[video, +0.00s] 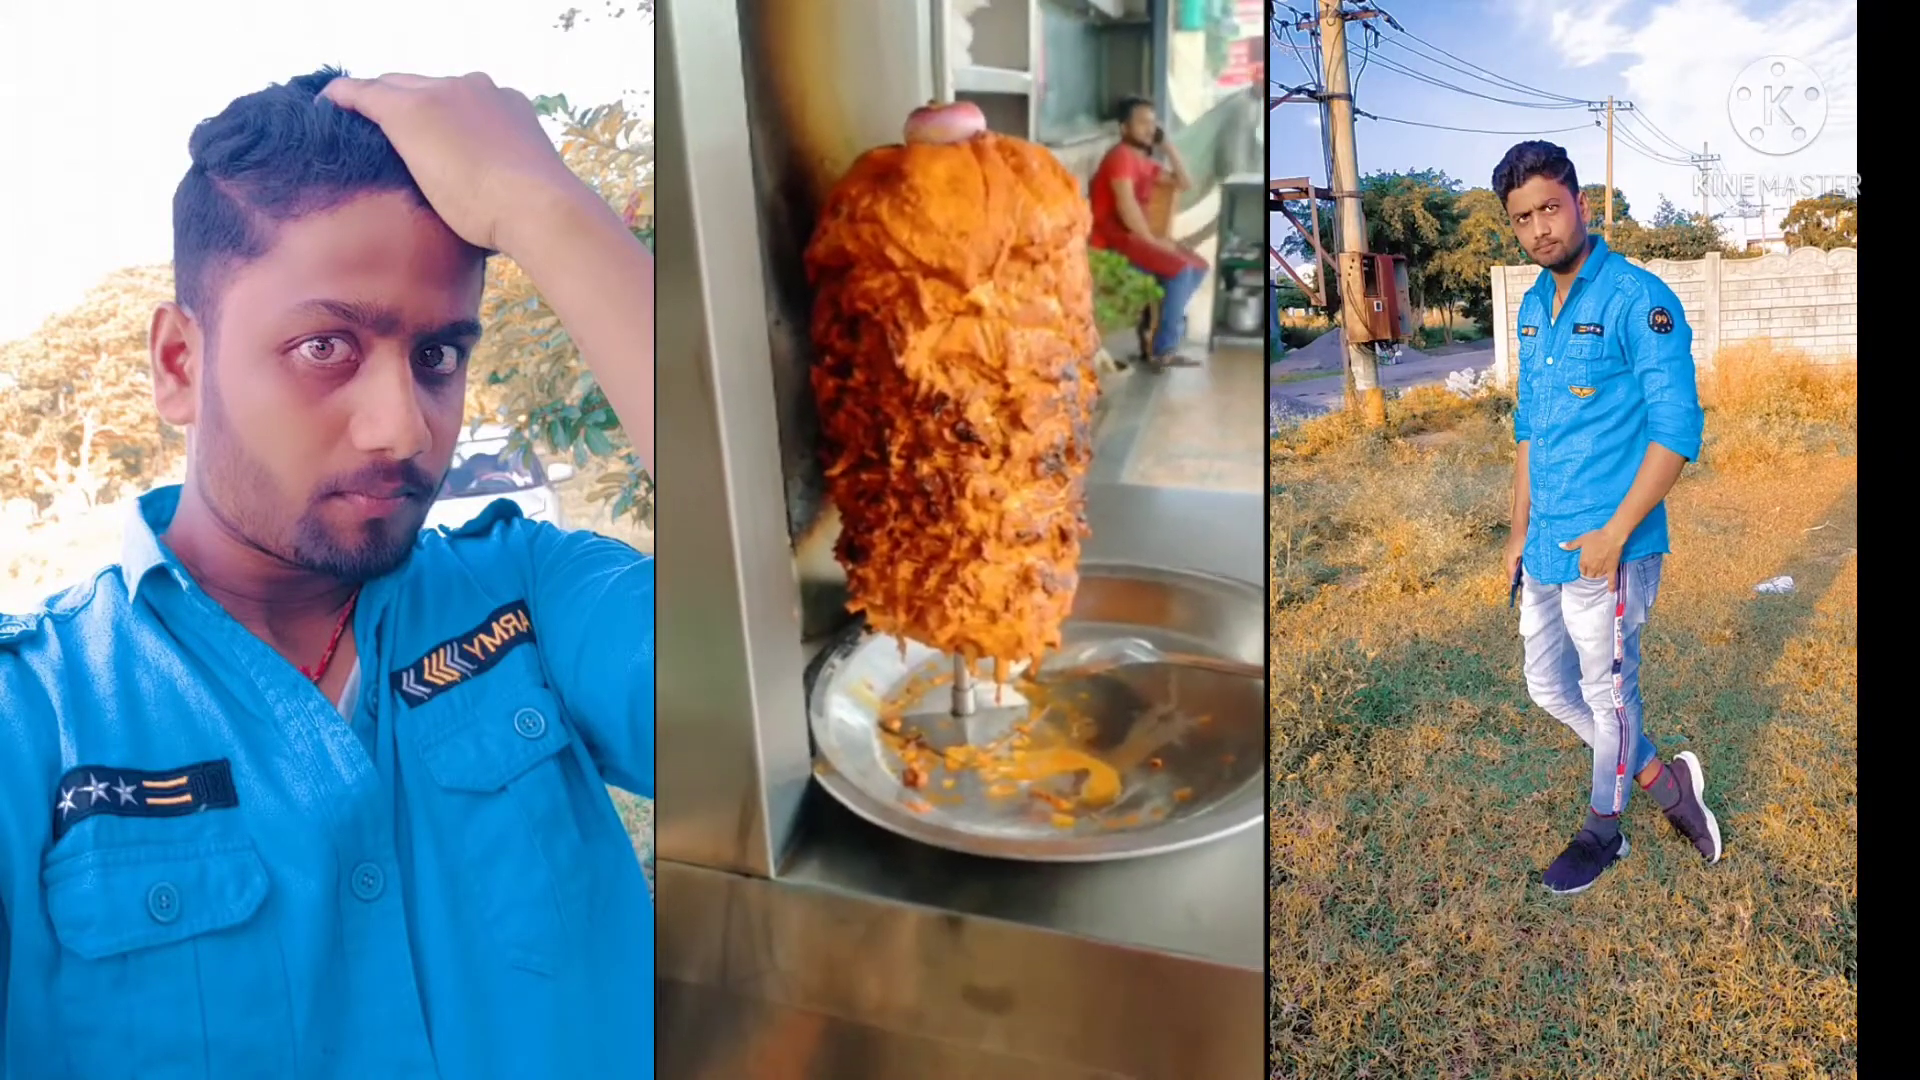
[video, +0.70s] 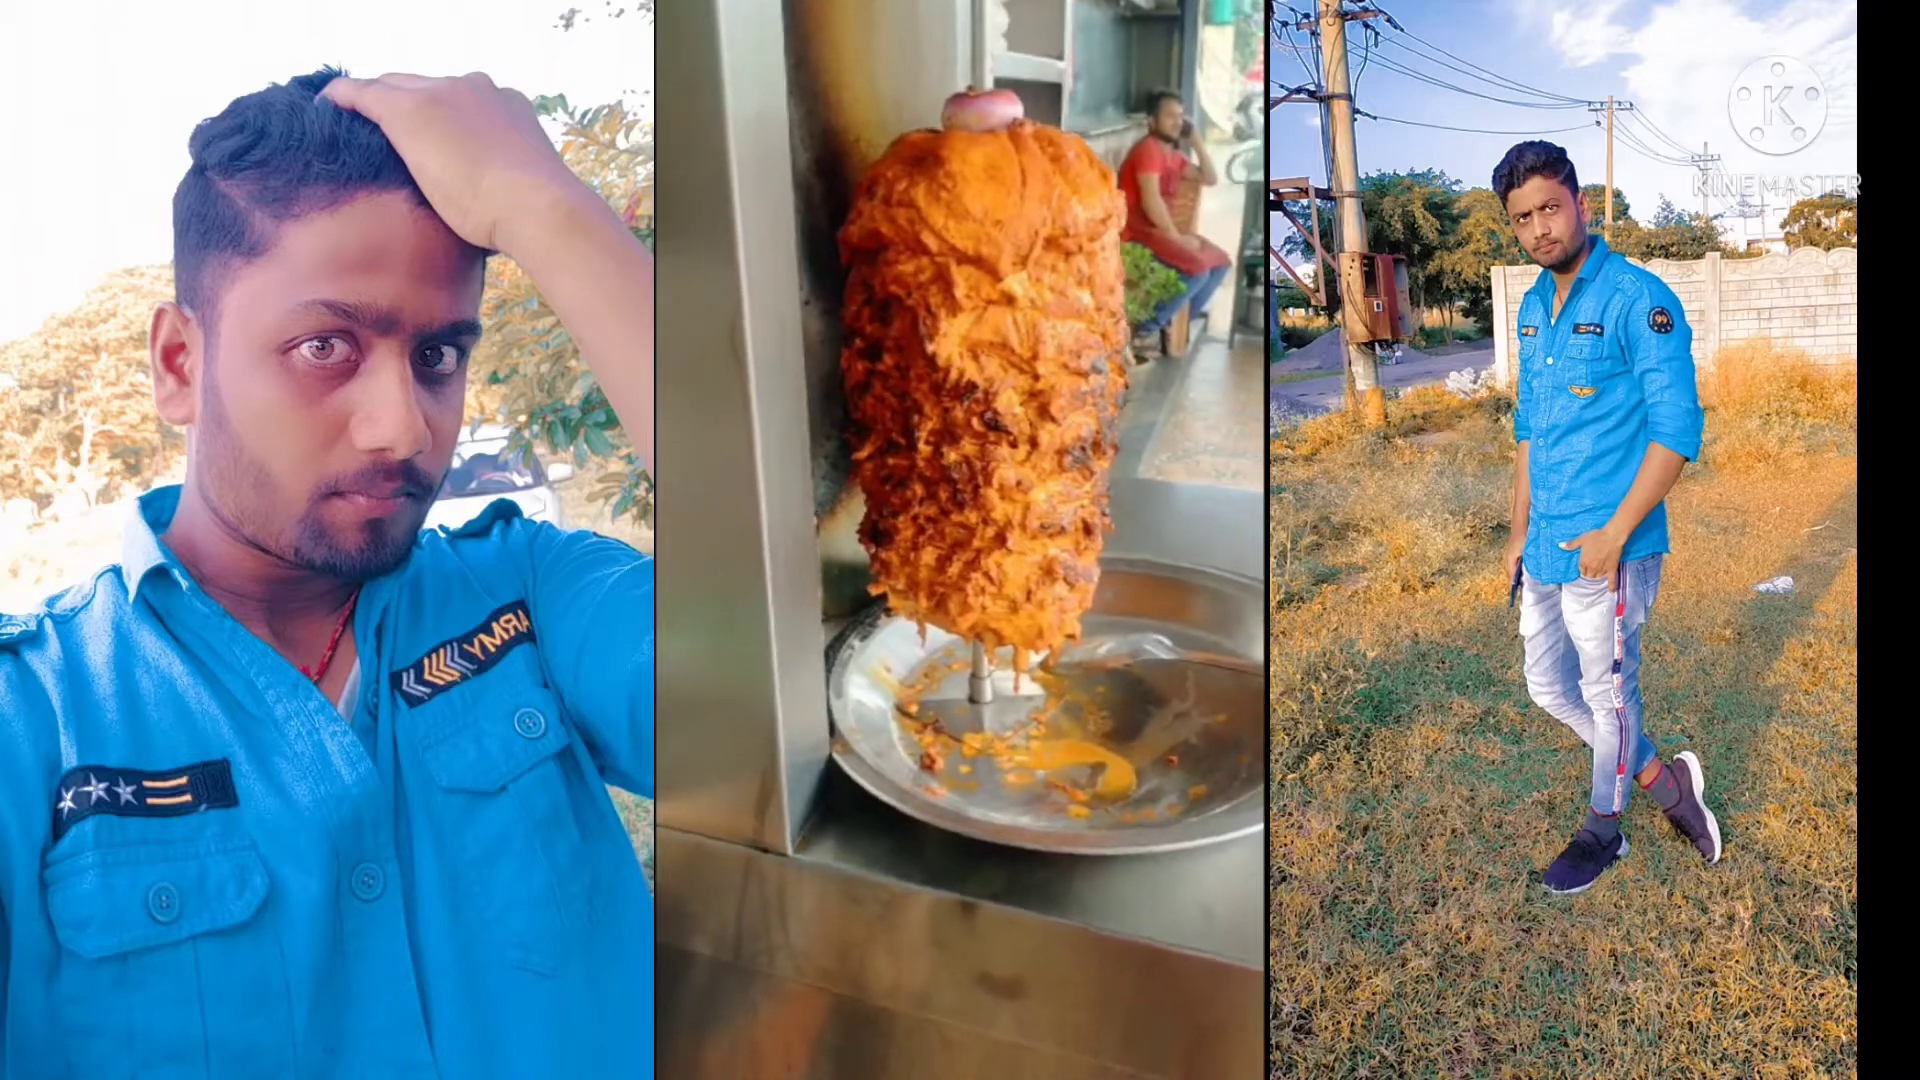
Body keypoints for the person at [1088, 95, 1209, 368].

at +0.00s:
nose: (1150, 129)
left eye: (1153, 122)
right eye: (1143, 122)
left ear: (1155, 127)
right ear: (1125, 127)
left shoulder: (1144, 160)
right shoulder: (1121, 156)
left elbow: (1183, 183)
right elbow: (1126, 207)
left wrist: (1167, 146)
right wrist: (1152, 242)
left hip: (1133, 234)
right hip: (1113, 237)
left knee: (1197, 268)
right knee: (1180, 272)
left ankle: (1154, 326)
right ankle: (1163, 350)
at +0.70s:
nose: (1178, 122)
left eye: (1181, 116)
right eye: (1171, 116)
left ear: (1183, 121)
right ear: (1153, 120)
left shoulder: (1172, 154)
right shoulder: (1148, 149)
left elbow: (1209, 178)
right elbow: (1150, 200)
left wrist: (1195, 141)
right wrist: (1175, 237)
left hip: (1163, 228)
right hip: (1139, 230)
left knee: (1220, 262)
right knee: (1198, 269)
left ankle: (1181, 322)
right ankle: (1148, 328)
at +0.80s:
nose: (1185, 84)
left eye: (1188, 79)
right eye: (1178, 78)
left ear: (1190, 83)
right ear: (1160, 82)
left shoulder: (1179, 117)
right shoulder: (1154, 112)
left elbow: (1215, 143)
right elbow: (1155, 162)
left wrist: (1202, 105)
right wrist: (1178, 202)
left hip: (1171, 193)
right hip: (1146, 194)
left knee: (1225, 229)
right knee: (1202, 236)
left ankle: (1183, 288)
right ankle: (1150, 295)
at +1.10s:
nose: (1185, 121)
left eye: (1188, 115)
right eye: (1178, 115)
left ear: (1190, 119)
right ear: (1160, 117)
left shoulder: (1176, 152)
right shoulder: (1154, 147)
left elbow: (1213, 177)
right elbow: (1153, 197)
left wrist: (1203, 141)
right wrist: (1176, 236)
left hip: (1160, 228)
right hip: (1136, 229)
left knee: (1220, 264)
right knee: (1197, 269)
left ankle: (1170, 323)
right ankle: (1145, 328)